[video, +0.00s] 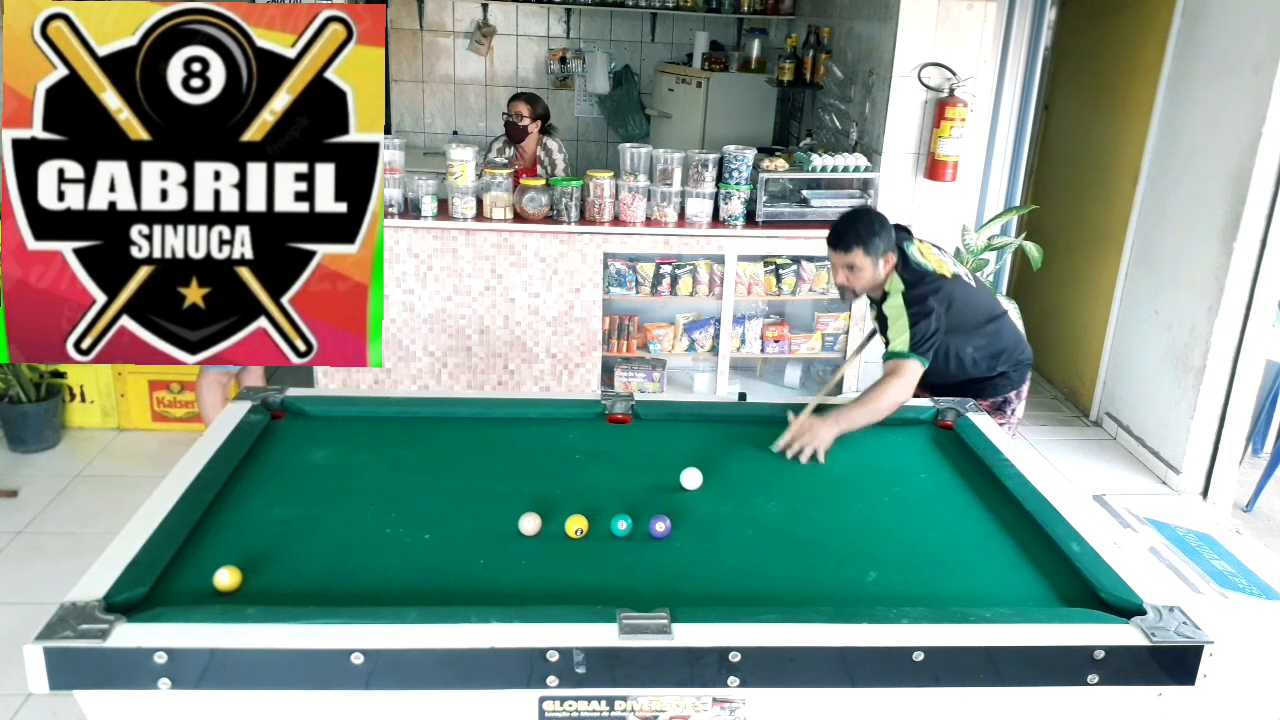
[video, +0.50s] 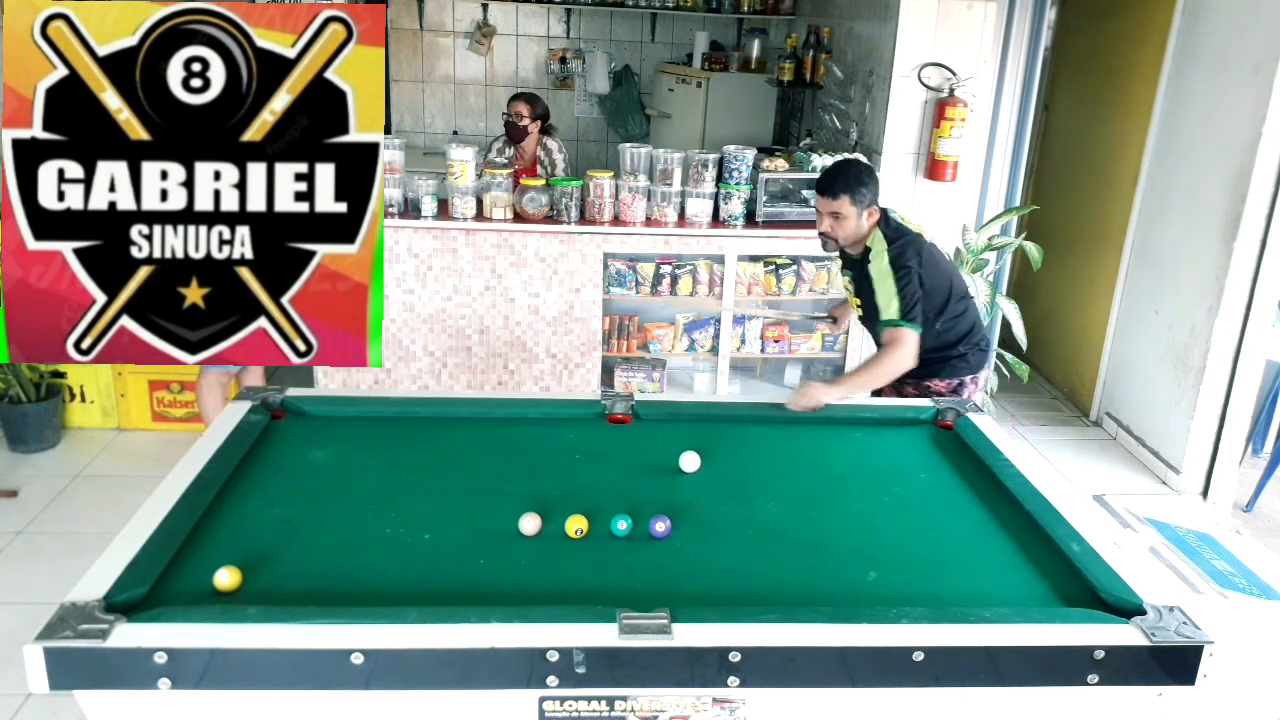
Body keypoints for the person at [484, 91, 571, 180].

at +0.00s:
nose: (509, 122)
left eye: (517, 117)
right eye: (508, 116)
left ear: (535, 126)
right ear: (505, 117)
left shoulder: (552, 147)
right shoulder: (499, 145)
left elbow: (564, 187)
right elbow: (484, 181)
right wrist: (506, 169)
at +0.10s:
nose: (509, 122)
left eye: (517, 117)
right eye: (508, 116)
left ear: (535, 126)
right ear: (505, 117)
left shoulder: (552, 147)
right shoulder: (499, 145)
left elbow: (564, 187)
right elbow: (484, 182)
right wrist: (506, 169)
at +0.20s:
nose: (509, 122)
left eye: (517, 117)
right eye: (508, 116)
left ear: (535, 126)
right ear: (505, 117)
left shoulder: (552, 147)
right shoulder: (498, 146)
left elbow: (564, 188)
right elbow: (484, 182)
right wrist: (506, 169)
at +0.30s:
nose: (509, 122)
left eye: (517, 117)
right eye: (508, 116)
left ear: (535, 126)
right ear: (505, 117)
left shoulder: (552, 147)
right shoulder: (498, 146)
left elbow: (564, 188)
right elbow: (484, 182)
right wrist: (506, 169)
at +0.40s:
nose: (509, 122)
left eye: (517, 117)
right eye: (508, 116)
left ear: (535, 126)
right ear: (505, 117)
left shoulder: (552, 147)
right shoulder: (498, 146)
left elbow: (564, 188)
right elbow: (484, 182)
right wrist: (506, 169)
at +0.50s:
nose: (509, 122)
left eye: (517, 117)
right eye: (508, 116)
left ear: (535, 126)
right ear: (505, 117)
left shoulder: (552, 148)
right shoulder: (499, 146)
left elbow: (564, 187)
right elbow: (485, 180)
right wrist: (506, 169)